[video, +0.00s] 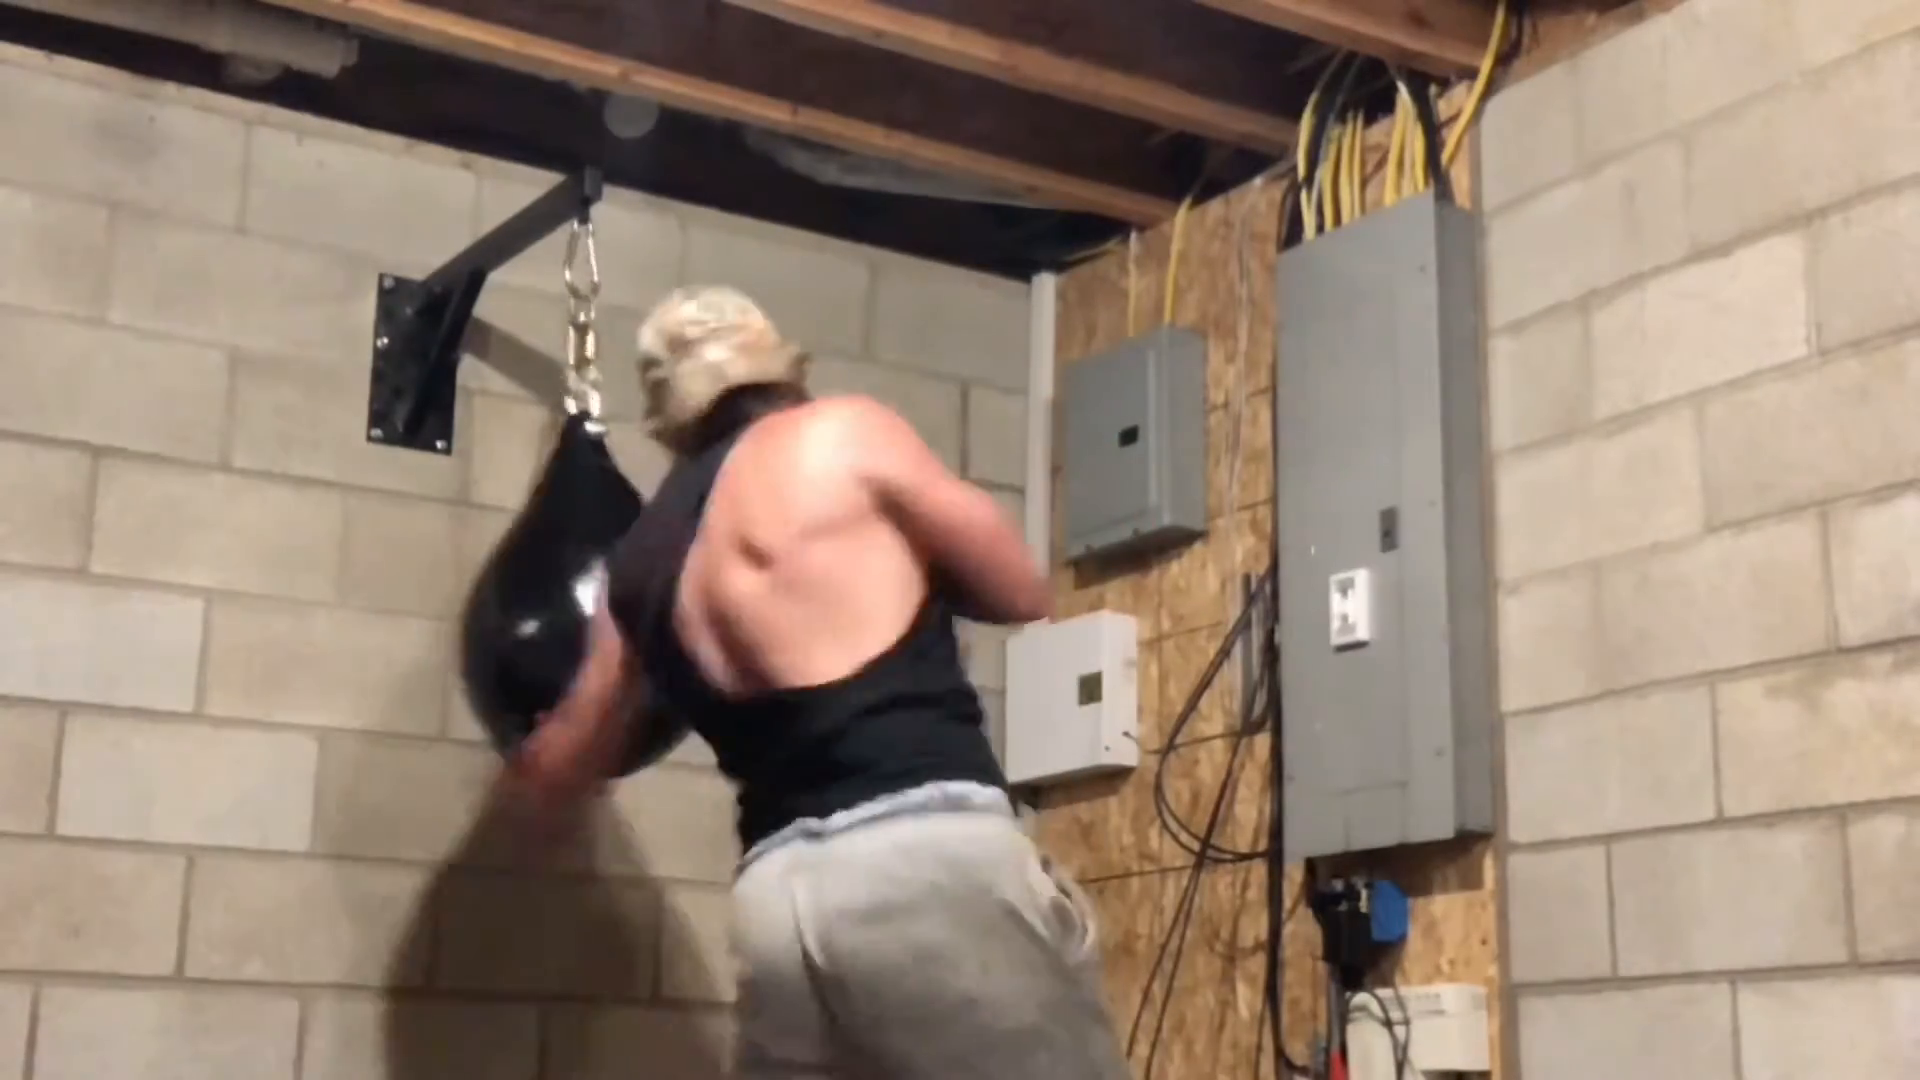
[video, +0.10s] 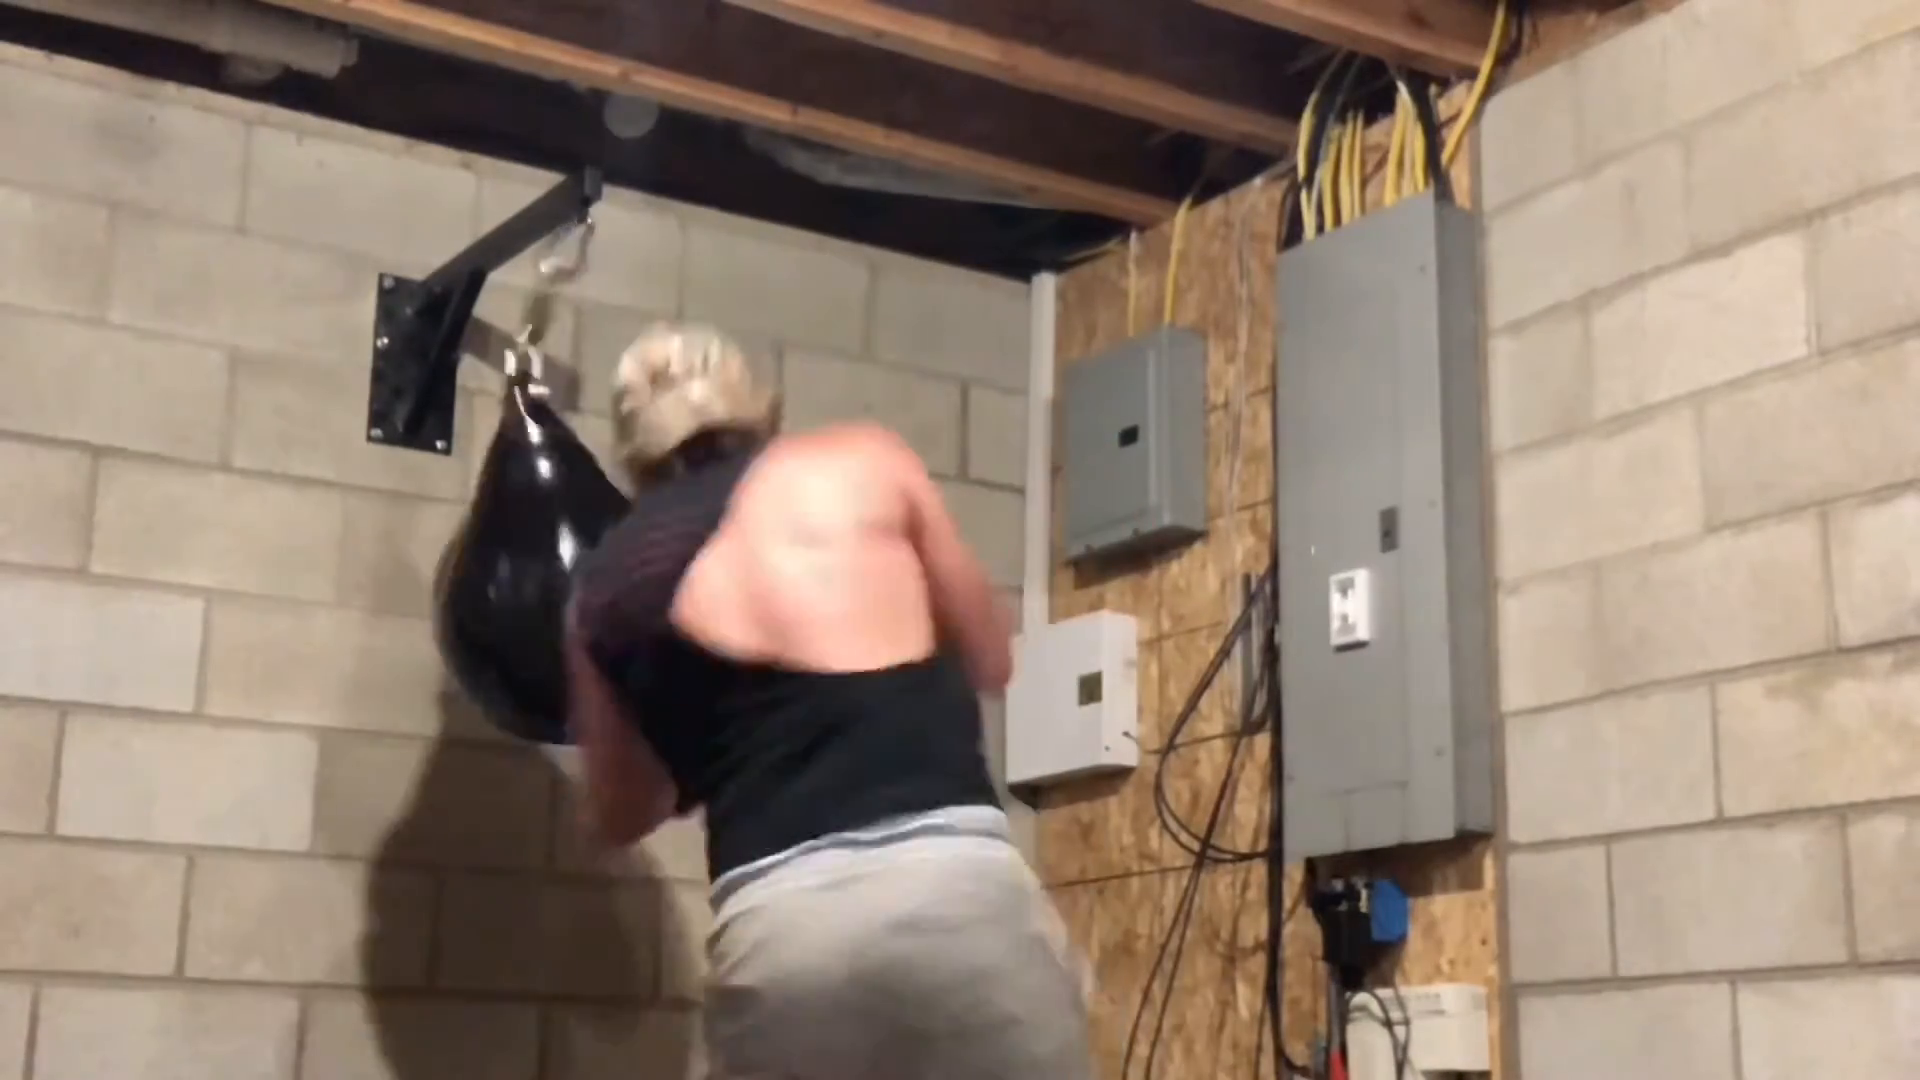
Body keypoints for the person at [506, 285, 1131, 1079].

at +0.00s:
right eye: (779, 350)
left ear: (663, 417)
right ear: (779, 362)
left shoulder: (646, 559)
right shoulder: (849, 430)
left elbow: (564, 762)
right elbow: (1021, 589)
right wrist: (900, 547)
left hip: (774, 899)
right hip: (939, 861)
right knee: (1064, 1067)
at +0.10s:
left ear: (632, 449)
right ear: (754, 402)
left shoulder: (607, 588)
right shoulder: (870, 457)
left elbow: (618, 811)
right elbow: (989, 659)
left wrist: (724, 735)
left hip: (778, 936)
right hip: (965, 895)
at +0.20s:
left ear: (643, 485)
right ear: (760, 464)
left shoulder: (638, 569)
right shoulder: (886, 545)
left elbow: (593, 781)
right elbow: (962, 770)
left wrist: (678, 838)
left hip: (775, 940)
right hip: (960, 923)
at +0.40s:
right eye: (873, 404)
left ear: (742, 408)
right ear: (860, 399)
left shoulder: (670, 501)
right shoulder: (868, 466)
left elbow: (498, 566)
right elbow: (976, 686)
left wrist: (432, 592)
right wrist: (989, 602)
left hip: (656, 879)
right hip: (803, 868)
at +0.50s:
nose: (866, 423)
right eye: (860, 413)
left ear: (728, 405)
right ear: (847, 406)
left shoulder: (621, 501)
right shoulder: (854, 465)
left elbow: (435, 619)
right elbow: (947, 691)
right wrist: (947, 586)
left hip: (615, 879)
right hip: (778, 858)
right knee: (910, 1064)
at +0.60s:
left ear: (672, 441)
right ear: (791, 450)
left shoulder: (570, 512)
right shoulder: (847, 529)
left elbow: (408, 632)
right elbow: (916, 765)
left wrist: (547, 690)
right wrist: (819, 684)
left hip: (601, 910)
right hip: (789, 901)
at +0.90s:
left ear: (695, 401)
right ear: (823, 399)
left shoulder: (598, 492)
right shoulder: (888, 487)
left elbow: (506, 703)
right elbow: (954, 730)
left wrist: (621, 668)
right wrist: (856, 650)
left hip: (639, 907)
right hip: (829, 902)